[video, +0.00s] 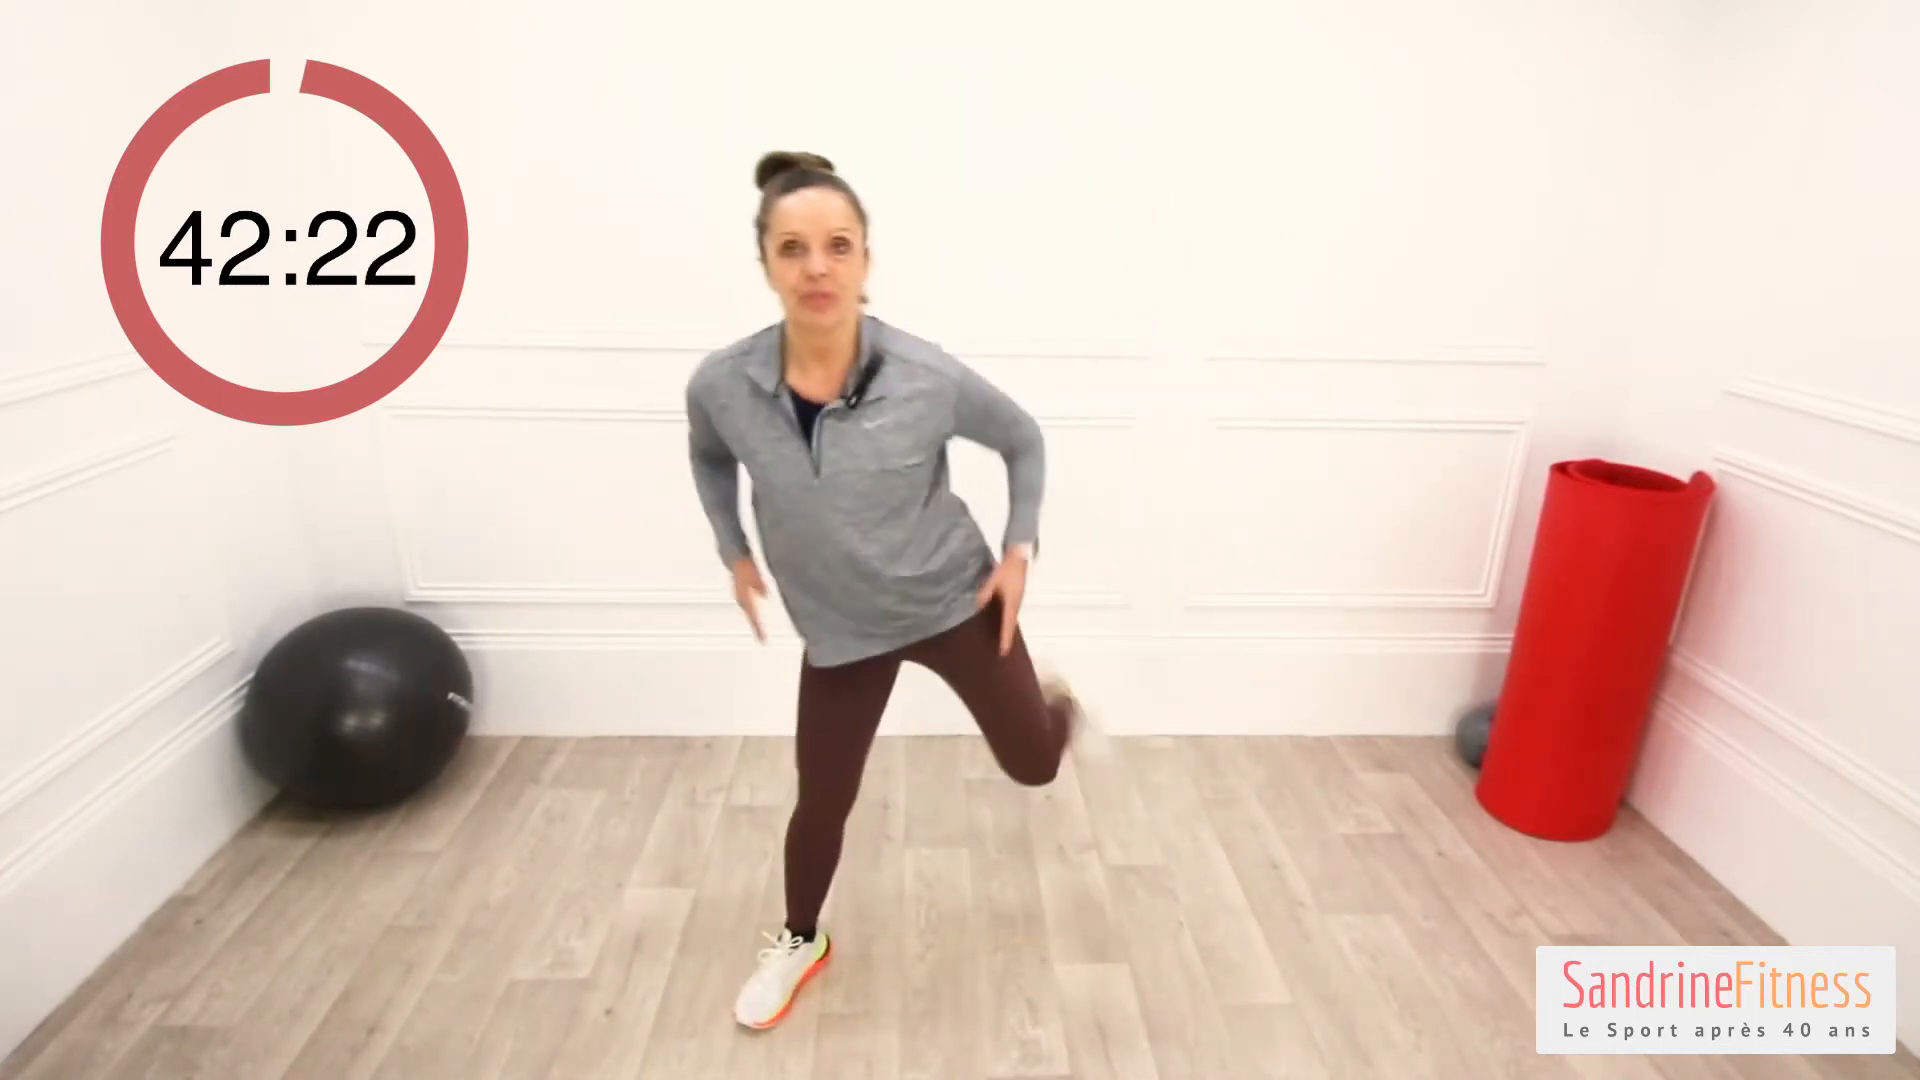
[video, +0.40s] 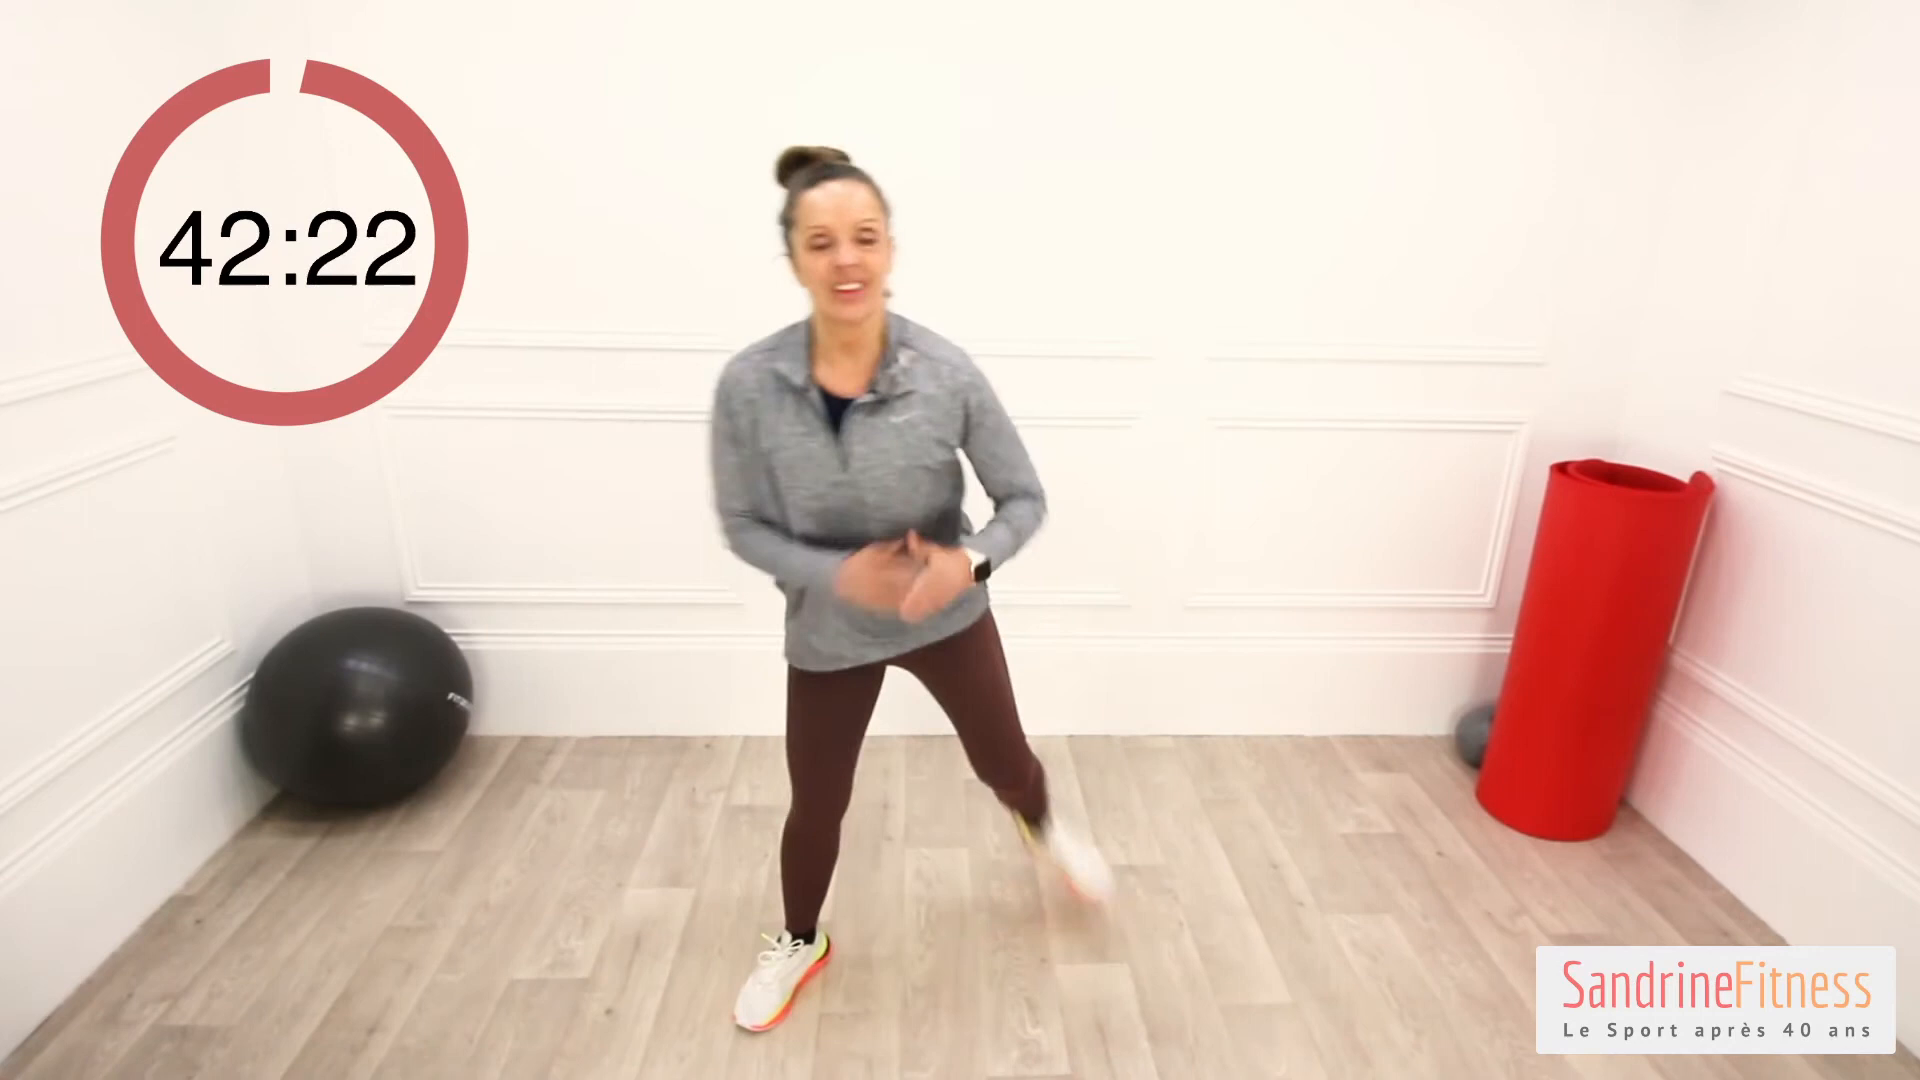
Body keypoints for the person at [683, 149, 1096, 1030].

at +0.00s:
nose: (818, 269)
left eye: (837, 246)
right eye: (794, 250)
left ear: (867, 259)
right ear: (766, 267)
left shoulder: (928, 377)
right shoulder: (723, 387)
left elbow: (1024, 441)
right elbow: (712, 461)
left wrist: (1019, 550)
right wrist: (735, 550)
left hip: (953, 608)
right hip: (839, 631)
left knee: (1031, 765)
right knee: (820, 799)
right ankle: (799, 939)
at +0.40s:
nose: (848, 262)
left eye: (865, 239)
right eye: (823, 244)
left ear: (891, 250)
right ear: (793, 262)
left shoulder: (948, 373)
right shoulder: (749, 388)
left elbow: (1024, 501)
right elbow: (743, 527)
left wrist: (971, 561)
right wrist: (835, 573)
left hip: (947, 621)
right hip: (828, 636)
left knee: (1006, 767)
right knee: (816, 804)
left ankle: (1043, 831)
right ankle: (799, 941)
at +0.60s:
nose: (934, 302)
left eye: (952, 279)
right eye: (911, 284)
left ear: (975, 289)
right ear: (881, 298)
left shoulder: (1019, 415)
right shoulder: (839, 417)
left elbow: (1057, 551)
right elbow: (850, 564)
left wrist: (1032, 602)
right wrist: (938, 616)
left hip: (976, 642)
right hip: (869, 642)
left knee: (1024, 798)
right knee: (840, 824)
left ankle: (1079, 918)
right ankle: (800, 945)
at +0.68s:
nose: (987, 316)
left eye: (1003, 295)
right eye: (964, 298)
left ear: (1027, 305)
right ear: (937, 313)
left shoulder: (1068, 430)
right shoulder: (895, 425)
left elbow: (1097, 571)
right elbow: (893, 579)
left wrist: (1081, 656)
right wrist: (970, 660)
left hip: (1007, 648)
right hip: (900, 640)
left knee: (1046, 812)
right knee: (860, 818)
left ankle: (1087, 927)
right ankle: (798, 945)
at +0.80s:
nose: (1061, 288)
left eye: (1079, 266)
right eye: (1038, 271)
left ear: (1106, 277)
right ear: (1011, 288)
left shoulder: (1149, 415)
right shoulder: (960, 402)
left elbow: (1176, 543)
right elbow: (908, 545)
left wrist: (1135, 641)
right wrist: (949, 650)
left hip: (1046, 641)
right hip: (936, 624)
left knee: (1066, 799)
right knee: (868, 772)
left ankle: (1088, 925)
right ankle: (779, 902)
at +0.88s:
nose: (1096, 279)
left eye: (1115, 256)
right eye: (1072, 260)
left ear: (1142, 269)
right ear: (1044, 279)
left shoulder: (1179, 401)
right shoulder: (987, 390)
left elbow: (1196, 508)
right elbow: (912, 494)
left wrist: (1156, 591)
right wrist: (923, 603)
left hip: (1062, 626)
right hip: (958, 606)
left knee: (1068, 792)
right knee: (880, 773)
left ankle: (1087, 924)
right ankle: (795, 787)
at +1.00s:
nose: (1124, 288)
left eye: (1144, 266)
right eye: (1100, 269)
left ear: (1171, 281)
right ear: (1072, 287)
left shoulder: (1204, 409)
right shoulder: (1006, 385)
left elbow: (1195, 485)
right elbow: (942, 445)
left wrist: (1156, 556)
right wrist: (918, 541)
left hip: (1079, 627)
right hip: (970, 609)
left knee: (1078, 802)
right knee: (900, 789)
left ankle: (1086, 925)